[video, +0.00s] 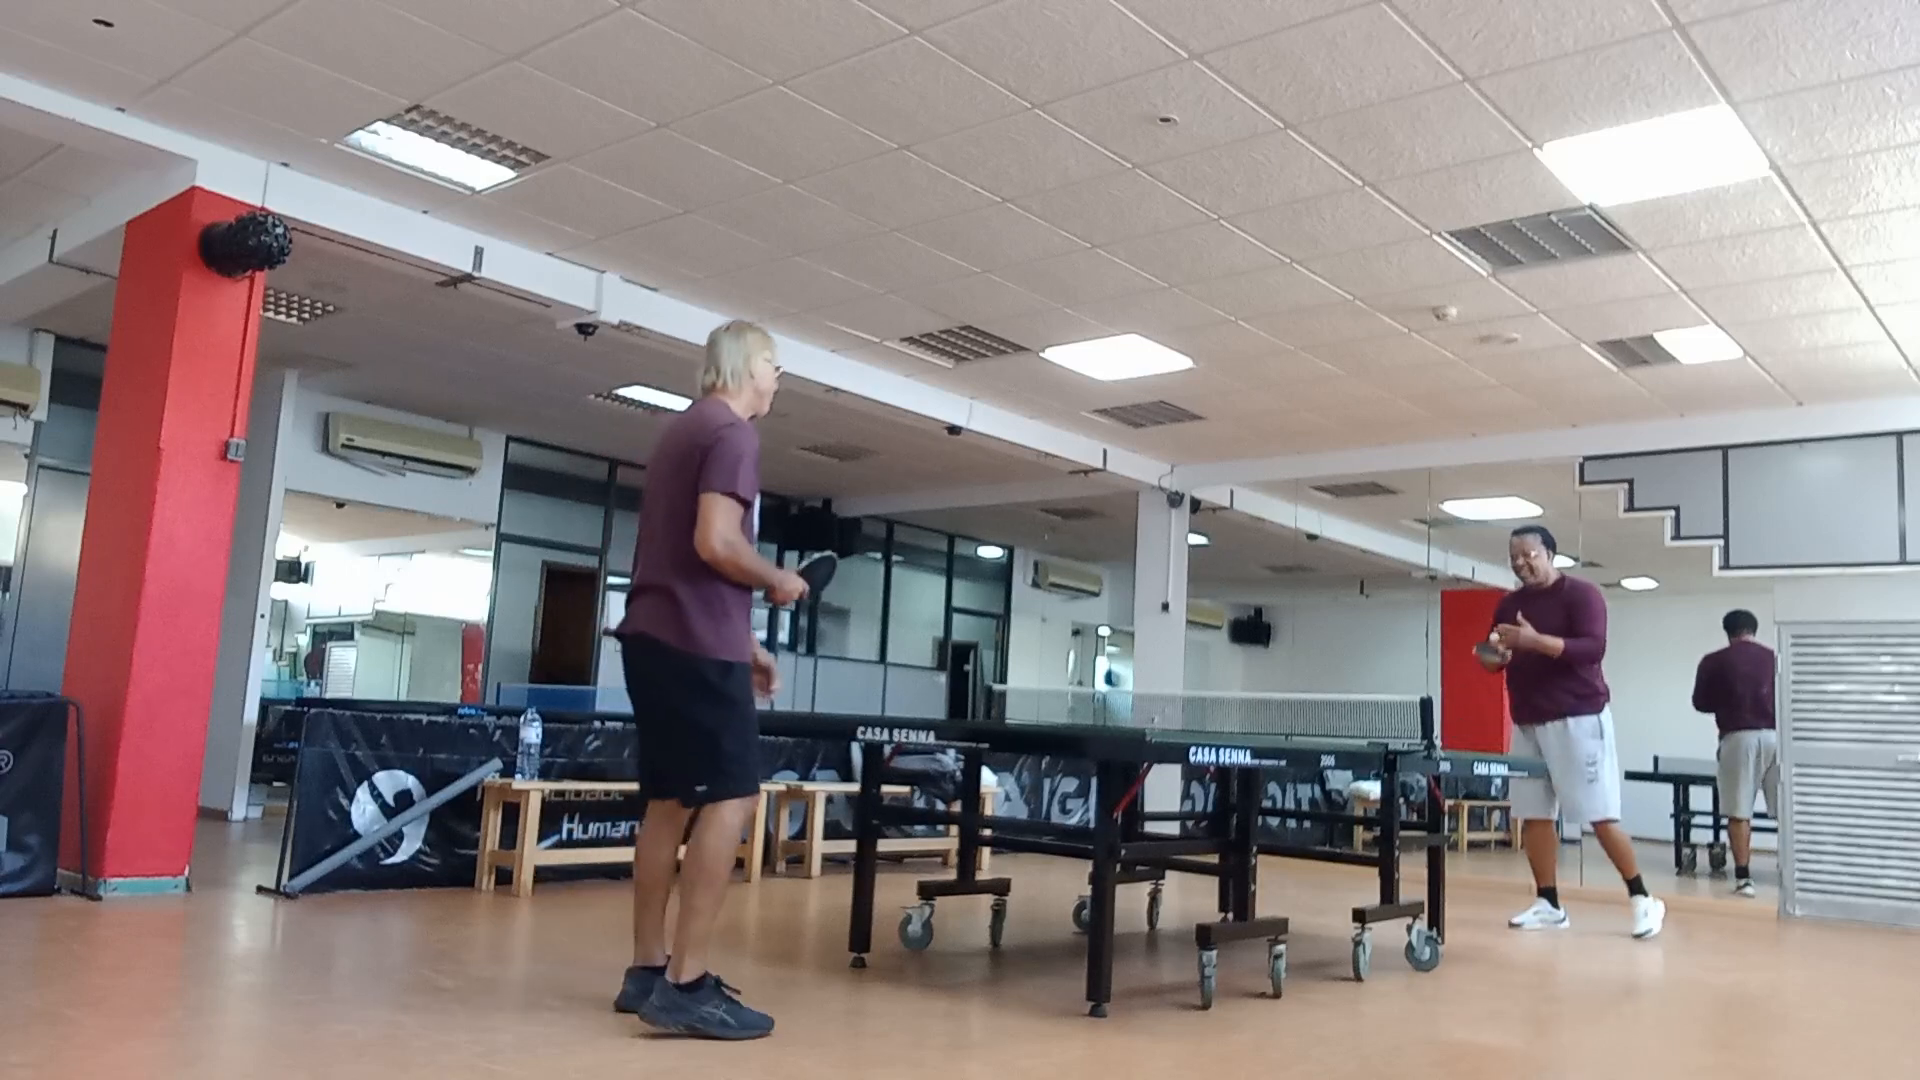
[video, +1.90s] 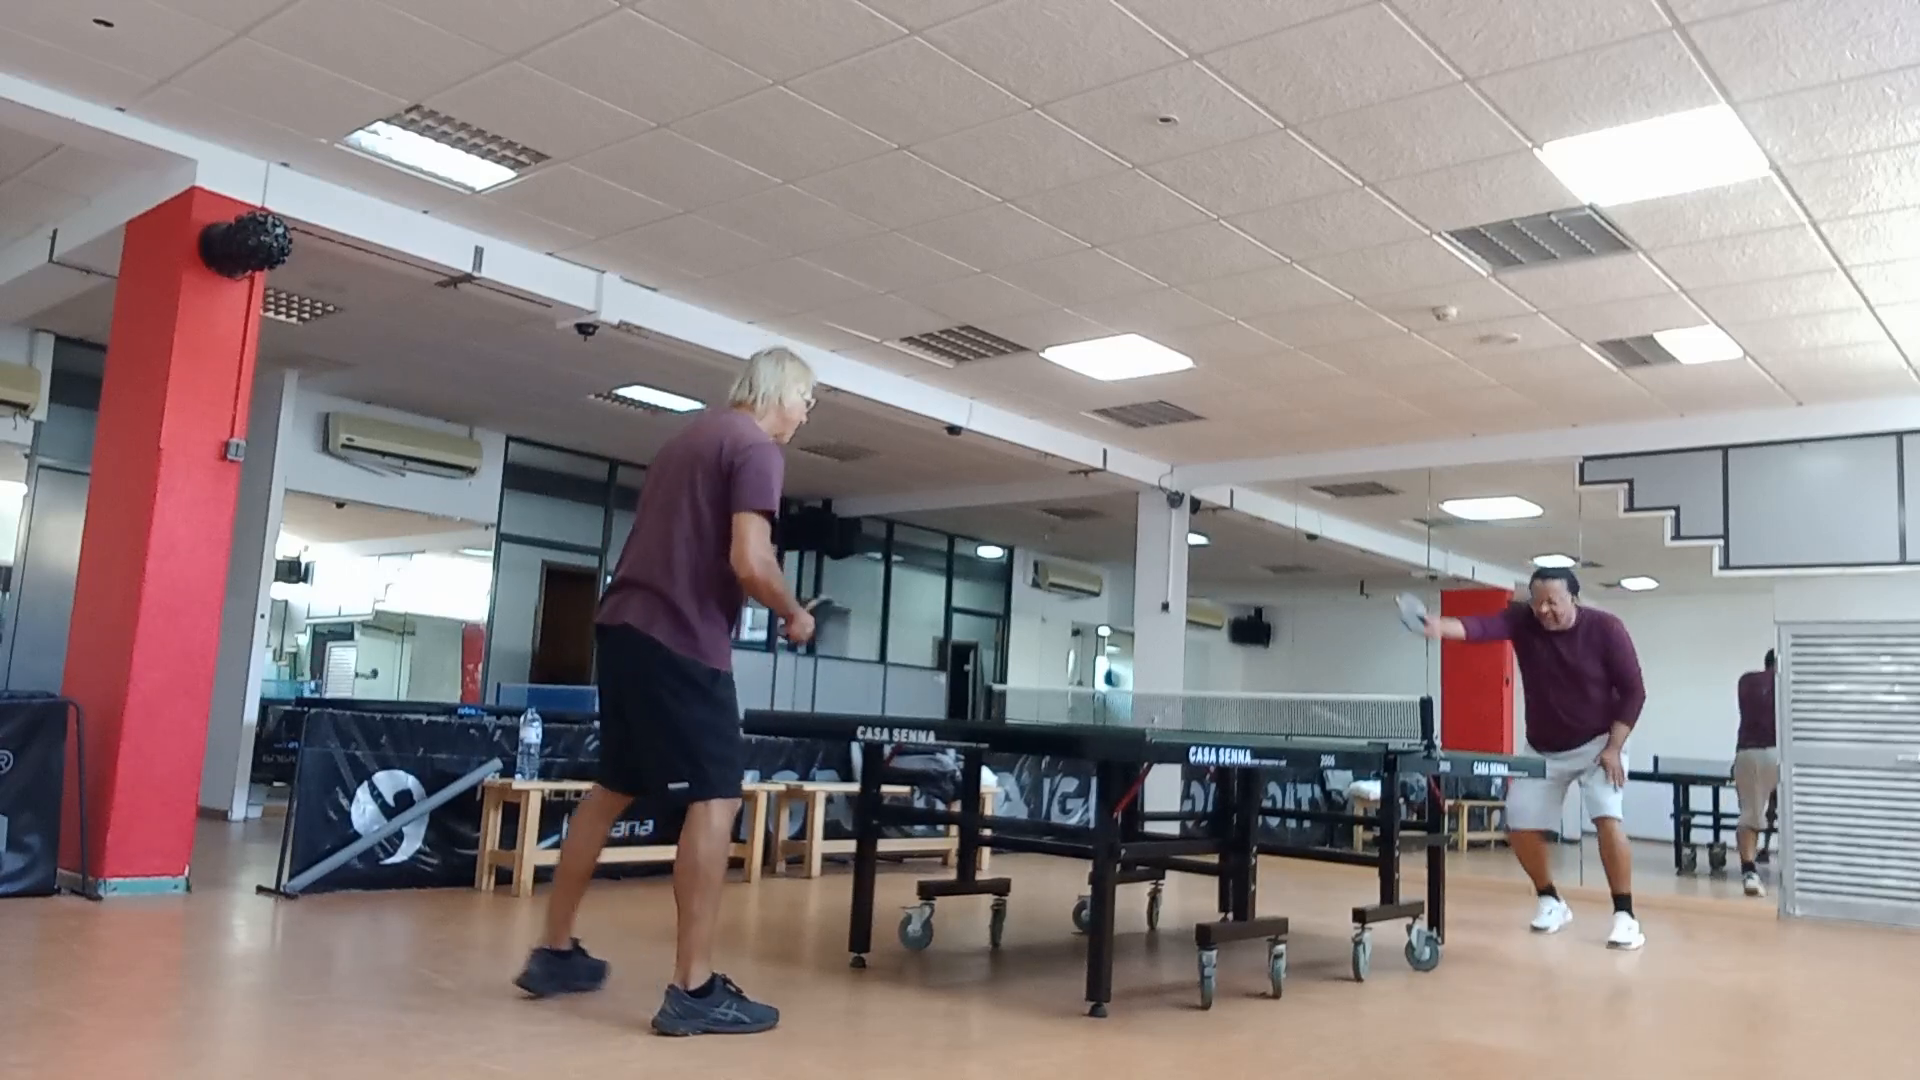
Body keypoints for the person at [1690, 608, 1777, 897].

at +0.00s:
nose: (1744, 637)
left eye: (1733, 633)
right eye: (1748, 631)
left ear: (1727, 633)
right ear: (1754, 631)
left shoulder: (1712, 661)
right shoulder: (1771, 657)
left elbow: (1700, 702)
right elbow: (1783, 694)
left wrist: (1730, 702)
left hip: (1737, 741)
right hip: (1774, 740)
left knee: (1738, 812)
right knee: (1785, 811)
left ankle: (1743, 879)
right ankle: (1794, 876)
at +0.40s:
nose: (1768, 636)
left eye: (1761, 632)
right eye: (1770, 632)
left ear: (1748, 633)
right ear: (1772, 632)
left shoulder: (1731, 661)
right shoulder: (1787, 659)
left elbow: (1712, 702)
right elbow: (1802, 695)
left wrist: (1725, 724)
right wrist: (1793, 723)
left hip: (1750, 738)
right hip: (1786, 738)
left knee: (1746, 811)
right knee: (1790, 810)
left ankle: (1744, 877)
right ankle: (1795, 877)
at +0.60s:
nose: (1778, 639)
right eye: (1781, 632)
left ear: (1759, 633)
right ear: (1785, 632)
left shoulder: (1742, 661)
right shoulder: (1801, 659)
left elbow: (1724, 699)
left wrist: (1730, 730)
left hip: (1759, 739)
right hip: (1796, 740)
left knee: (1753, 810)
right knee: (1797, 809)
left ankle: (1744, 876)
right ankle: (1796, 876)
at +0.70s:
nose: (1781, 640)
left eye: (1778, 634)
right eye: (1782, 634)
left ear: (1760, 635)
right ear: (1786, 633)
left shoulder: (1745, 662)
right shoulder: (1801, 661)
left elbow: (1726, 701)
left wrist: (1733, 733)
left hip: (1761, 741)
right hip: (1797, 742)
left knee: (1755, 810)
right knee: (1799, 810)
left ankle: (1749, 875)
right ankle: (1799, 876)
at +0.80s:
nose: (1778, 645)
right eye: (1779, 639)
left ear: (1760, 641)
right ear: (1784, 640)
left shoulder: (1744, 665)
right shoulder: (1798, 663)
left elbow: (1725, 704)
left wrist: (1732, 741)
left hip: (1761, 741)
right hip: (1798, 742)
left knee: (1759, 812)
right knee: (1798, 811)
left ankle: (1753, 876)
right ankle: (1793, 873)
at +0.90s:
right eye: (1778, 646)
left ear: (1761, 648)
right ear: (1783, 648)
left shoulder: (1744, 671)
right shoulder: (1797, 669)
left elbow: (1720, 708)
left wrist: (1724, 747)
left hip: (1760, 744)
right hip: (1796, 744)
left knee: (1757, 813)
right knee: (1797, 811)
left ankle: (1753, 877)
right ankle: (1792, 872)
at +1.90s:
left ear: (1765, 663)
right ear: (1782, 665)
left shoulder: (1747, 680)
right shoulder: (1788, 683)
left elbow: (1746, 714)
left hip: (1746, 751)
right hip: (1776, 750)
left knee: (1749, 814)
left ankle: (1749, 870)